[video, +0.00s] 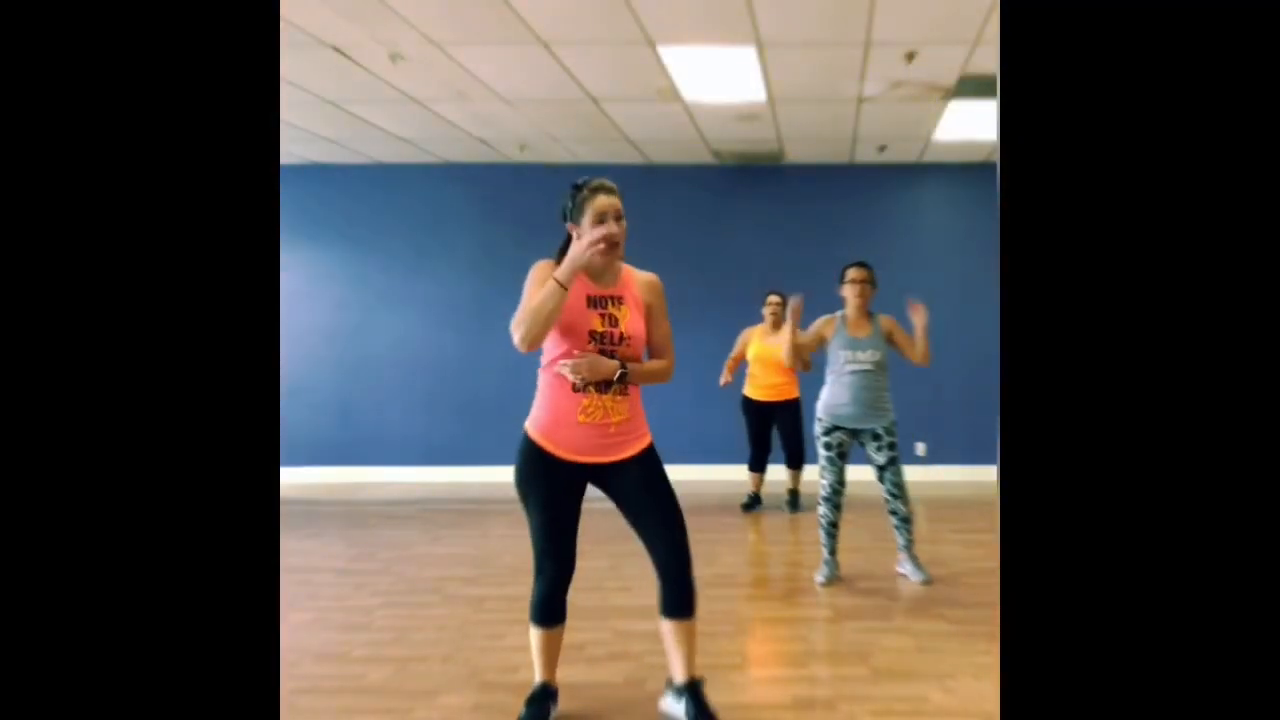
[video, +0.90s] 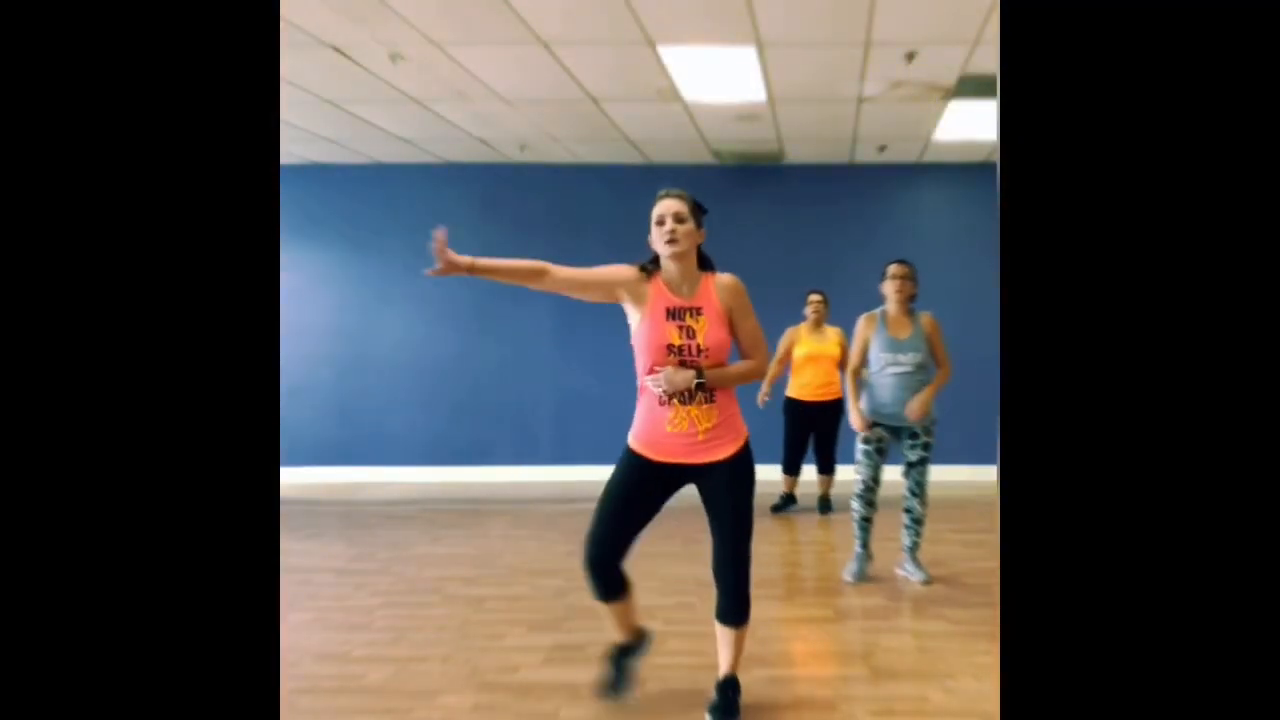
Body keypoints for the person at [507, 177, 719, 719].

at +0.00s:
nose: (613, 228)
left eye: (620, 218)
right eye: (601, 220)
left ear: (626, 225)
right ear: (574, 229)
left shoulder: (645, 285)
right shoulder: (548, 275)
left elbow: (664, 367)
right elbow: (525, 337)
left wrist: (613, 368)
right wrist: (570, 269)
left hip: (627, 449)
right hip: (553, 450)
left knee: (674, 558)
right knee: (553, 573)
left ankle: (684, 688)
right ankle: (543, 690)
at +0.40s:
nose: (644, 232)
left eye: (653, 221)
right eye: (634, 226)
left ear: (674, 224)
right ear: (624, 237)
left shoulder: (708, 283)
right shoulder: (622, 286)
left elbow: (742, 363)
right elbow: (567, 334)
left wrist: (673, 370)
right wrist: (605, 269)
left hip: (696, 447)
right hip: (626, 445)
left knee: (704, 575)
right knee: (590, 572)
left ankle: (721, 686)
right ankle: (552, 686)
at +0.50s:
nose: (656, 229)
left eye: (664, 218)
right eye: (646, 222)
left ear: (685, 221)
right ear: (637, 232)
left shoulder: (718, 278)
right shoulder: (631, 285)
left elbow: (753, 357)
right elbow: (575, 329)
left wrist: (687, 368)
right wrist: (612, 264)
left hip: (710, 444)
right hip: (642, 442)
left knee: (711, 572)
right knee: (605, 568)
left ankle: (722, 686)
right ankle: (586, 678)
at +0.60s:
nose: (664, 223)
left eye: (673, 212)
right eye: (654, 215)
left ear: (694, 215)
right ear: (645, 224)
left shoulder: (725, 271)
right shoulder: (637, 279)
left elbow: (760, 348)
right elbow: (568, 319)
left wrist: (693, 361)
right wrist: (610, 265)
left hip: (714, 439)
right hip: (647, 437)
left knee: (718, 568)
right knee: (632, 566)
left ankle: (722, 683)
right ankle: (657, 658)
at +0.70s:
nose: (670, 225)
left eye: (679, 215)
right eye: (661, 217)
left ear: (700, 221)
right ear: (651, 227)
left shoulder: (729, 274)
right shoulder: (639, 272)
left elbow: (764, 350)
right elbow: (560, 275)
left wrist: (697, 363)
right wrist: (559, 283)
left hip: (715, 442)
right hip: (649, 442)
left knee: (720, 567)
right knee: (668, 571)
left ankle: (725, 683)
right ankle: (696, 669)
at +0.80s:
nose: (672, 226)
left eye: (682, 217)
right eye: (663, 219)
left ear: (703, 225)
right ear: (654, 231)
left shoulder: (730, 283)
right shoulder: (640, 278)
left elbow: (763, 357)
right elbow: (559, 272)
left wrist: (700, 370)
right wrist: (502, 269)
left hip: (721, 445)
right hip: (654, 445)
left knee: (724, 569)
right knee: (636, 564)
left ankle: (726, 684)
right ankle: (677, 654)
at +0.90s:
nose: (668, 228)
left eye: (679, 220)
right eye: (660, 222)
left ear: (700, 232)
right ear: (650, 235)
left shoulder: (727, 289)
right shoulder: (633, 284)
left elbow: (759, 363)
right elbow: (546, 275)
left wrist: (698, 376)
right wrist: (465, 264)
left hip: (723, 451)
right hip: (653, 450)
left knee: (732, 570)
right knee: (600, 559)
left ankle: (727, 682)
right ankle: (631, 638)